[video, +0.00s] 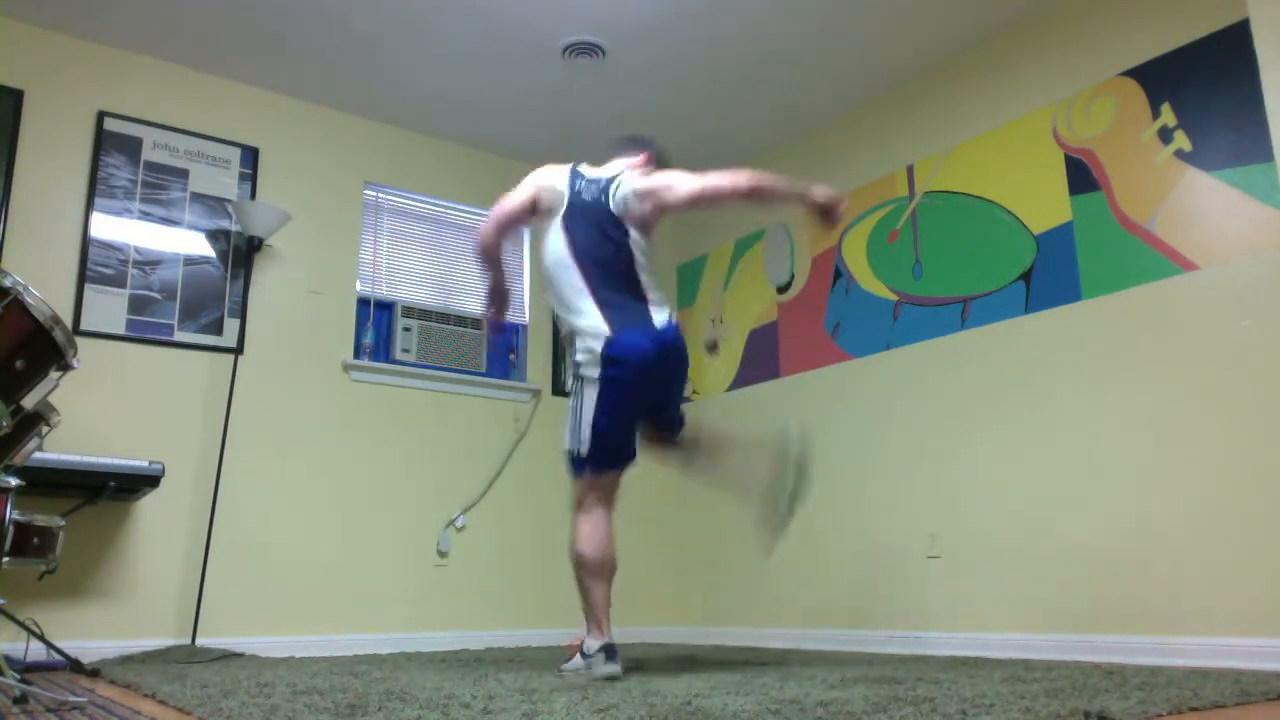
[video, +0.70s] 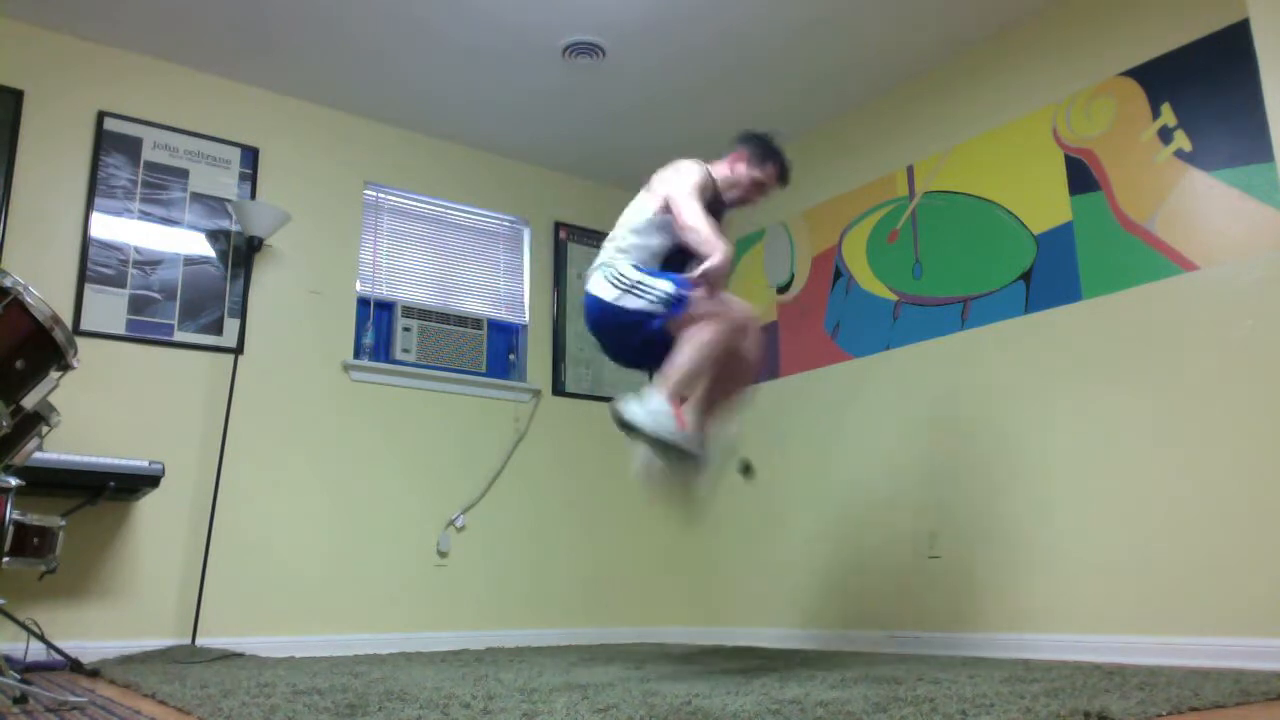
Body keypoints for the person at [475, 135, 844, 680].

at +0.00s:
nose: (650, 186)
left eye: (654, 178)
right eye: (654, 177)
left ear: (610, 155)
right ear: (641, 163)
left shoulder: (550, 179)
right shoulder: (638, 187)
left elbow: (486, 236)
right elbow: (733, 183)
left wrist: (497, 302)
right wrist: (809, 193)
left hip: (606, 357)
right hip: (663, 343)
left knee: (594, 501)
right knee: (666, 434)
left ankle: (598, 644)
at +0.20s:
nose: (703, 193)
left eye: (708, 187)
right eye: (707, 184)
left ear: (665, 155)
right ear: (695, 164)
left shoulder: (597, 180)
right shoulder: (670, 174)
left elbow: (525, 210)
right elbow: (702, 201)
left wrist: (523, 284)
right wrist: (773, 225)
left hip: (600, 332)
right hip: (657, 312)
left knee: (631, 478)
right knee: (720, 404)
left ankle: (631, 610)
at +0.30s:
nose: (725, 228)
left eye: (733, 223)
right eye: (730, 216)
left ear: (696, 181)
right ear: (716, 191)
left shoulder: (637, 213)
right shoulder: (690, 203)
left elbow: (549, 253)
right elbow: (654, 246)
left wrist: (535, 331)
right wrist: (679, 318)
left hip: (608, 364)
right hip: (651, 350)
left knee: (664, 502)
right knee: (729, 460)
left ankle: (651, 636)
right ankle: (702, 592)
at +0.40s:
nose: (742, 254)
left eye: (749, 248)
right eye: (746, 241)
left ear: (731, 226)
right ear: (729, 217)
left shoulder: (685, 262)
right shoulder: (682, 231)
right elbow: (627, 272)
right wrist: (633, 335)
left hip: (620, 388)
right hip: (649, 380)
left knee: (693, 516)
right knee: (729, 498)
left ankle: (650, 641)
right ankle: (718, 633)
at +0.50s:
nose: (736, 245)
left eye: (743, 240)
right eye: (740, 232)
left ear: (729, 224)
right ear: (723, 209)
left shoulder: (688, 258)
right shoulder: (678, 219)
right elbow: (628, 231)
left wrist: (757, 314)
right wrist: (634, 308)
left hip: (631, 381)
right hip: (645, 369)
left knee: (681, 509)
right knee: (753, 436)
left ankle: (651, 640)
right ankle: (734, 568)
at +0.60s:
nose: (741, 207)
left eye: (748, 203)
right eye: (744, 194)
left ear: (742, 200)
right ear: (727, 170)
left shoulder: (697, 227)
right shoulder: (681, 174)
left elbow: (709, 280)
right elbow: (655, 200)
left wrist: (754, 300)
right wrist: (663, 265)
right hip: (641, 306)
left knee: (686, 451)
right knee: (754, 342)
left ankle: (665, 586)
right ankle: (697, 453)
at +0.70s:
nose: (754, 197)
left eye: (763, 193)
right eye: (756, 184)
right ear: (737, 161)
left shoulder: (711, 214)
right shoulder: (688, 172)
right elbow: (686, 215)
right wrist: (720, 252)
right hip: (615, 283)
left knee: (745, 345)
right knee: (730, 315)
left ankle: (685, 427)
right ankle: (658, 401)